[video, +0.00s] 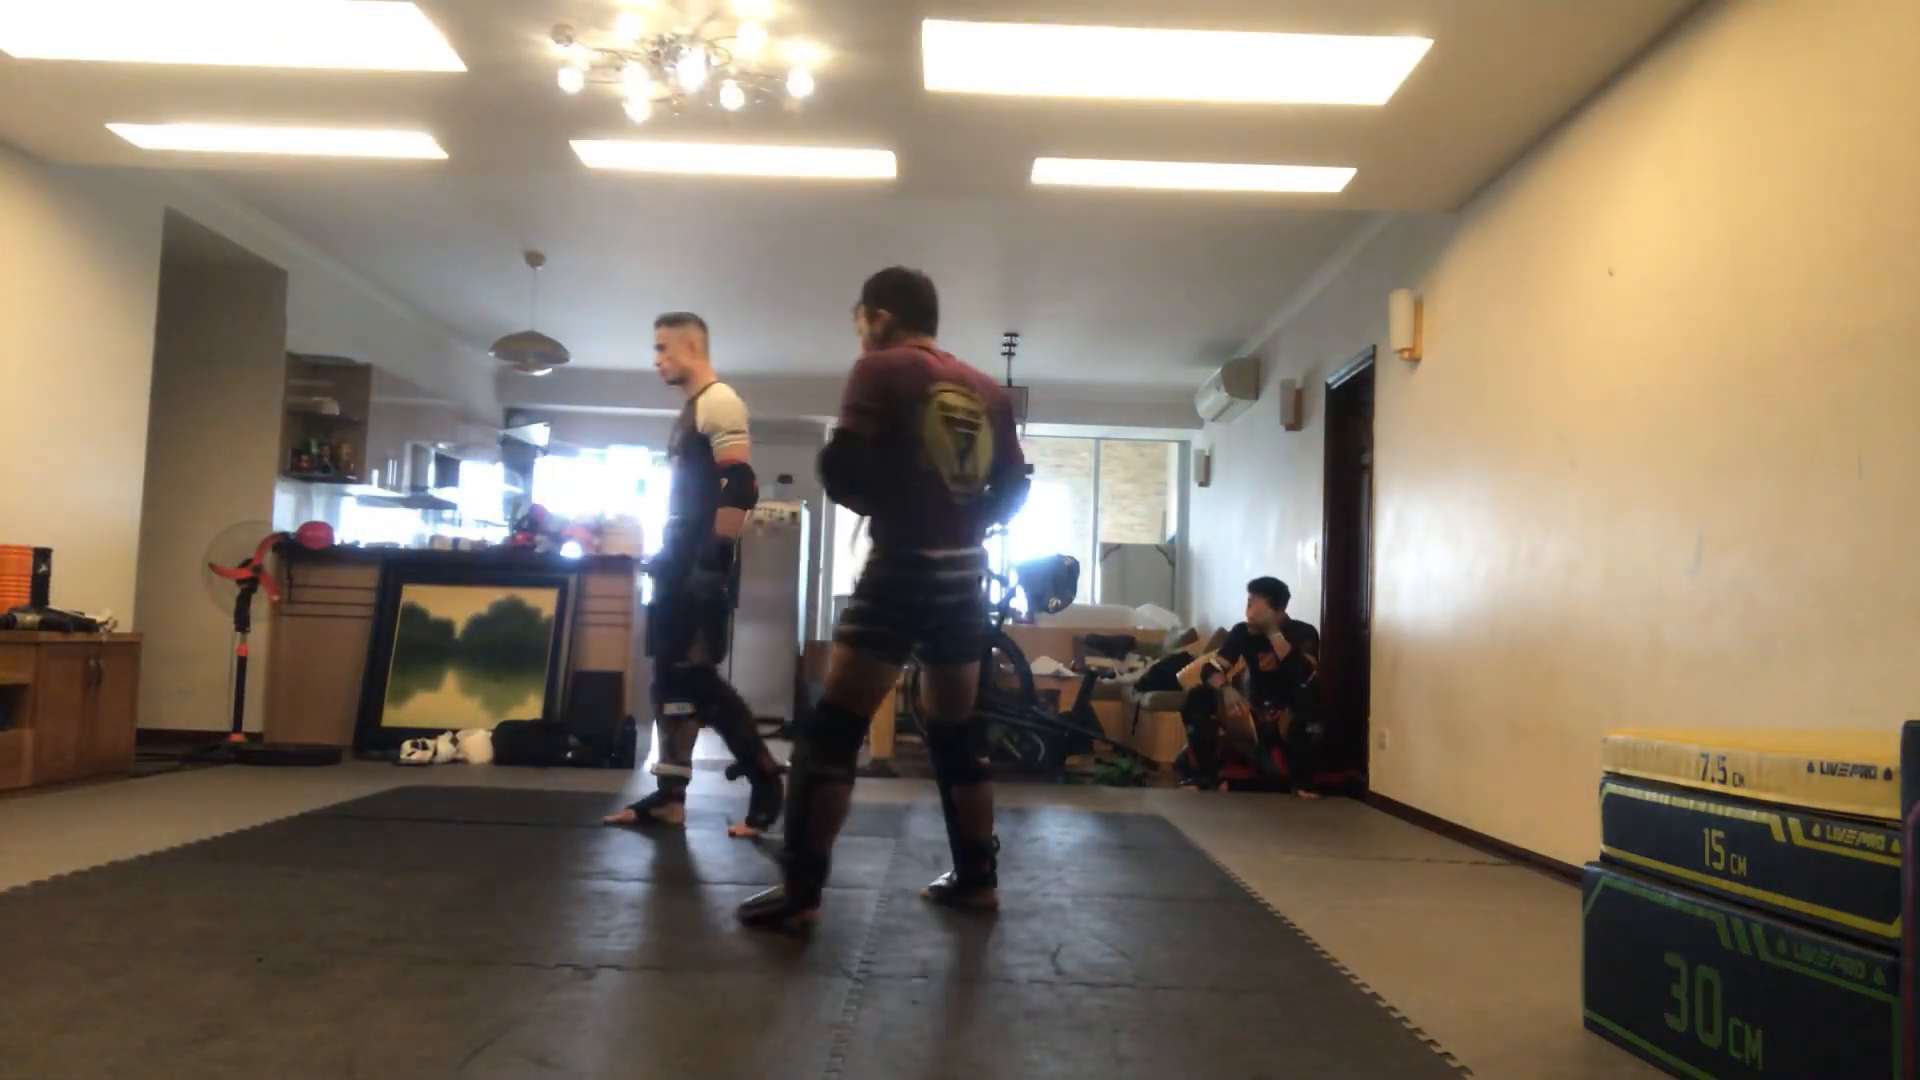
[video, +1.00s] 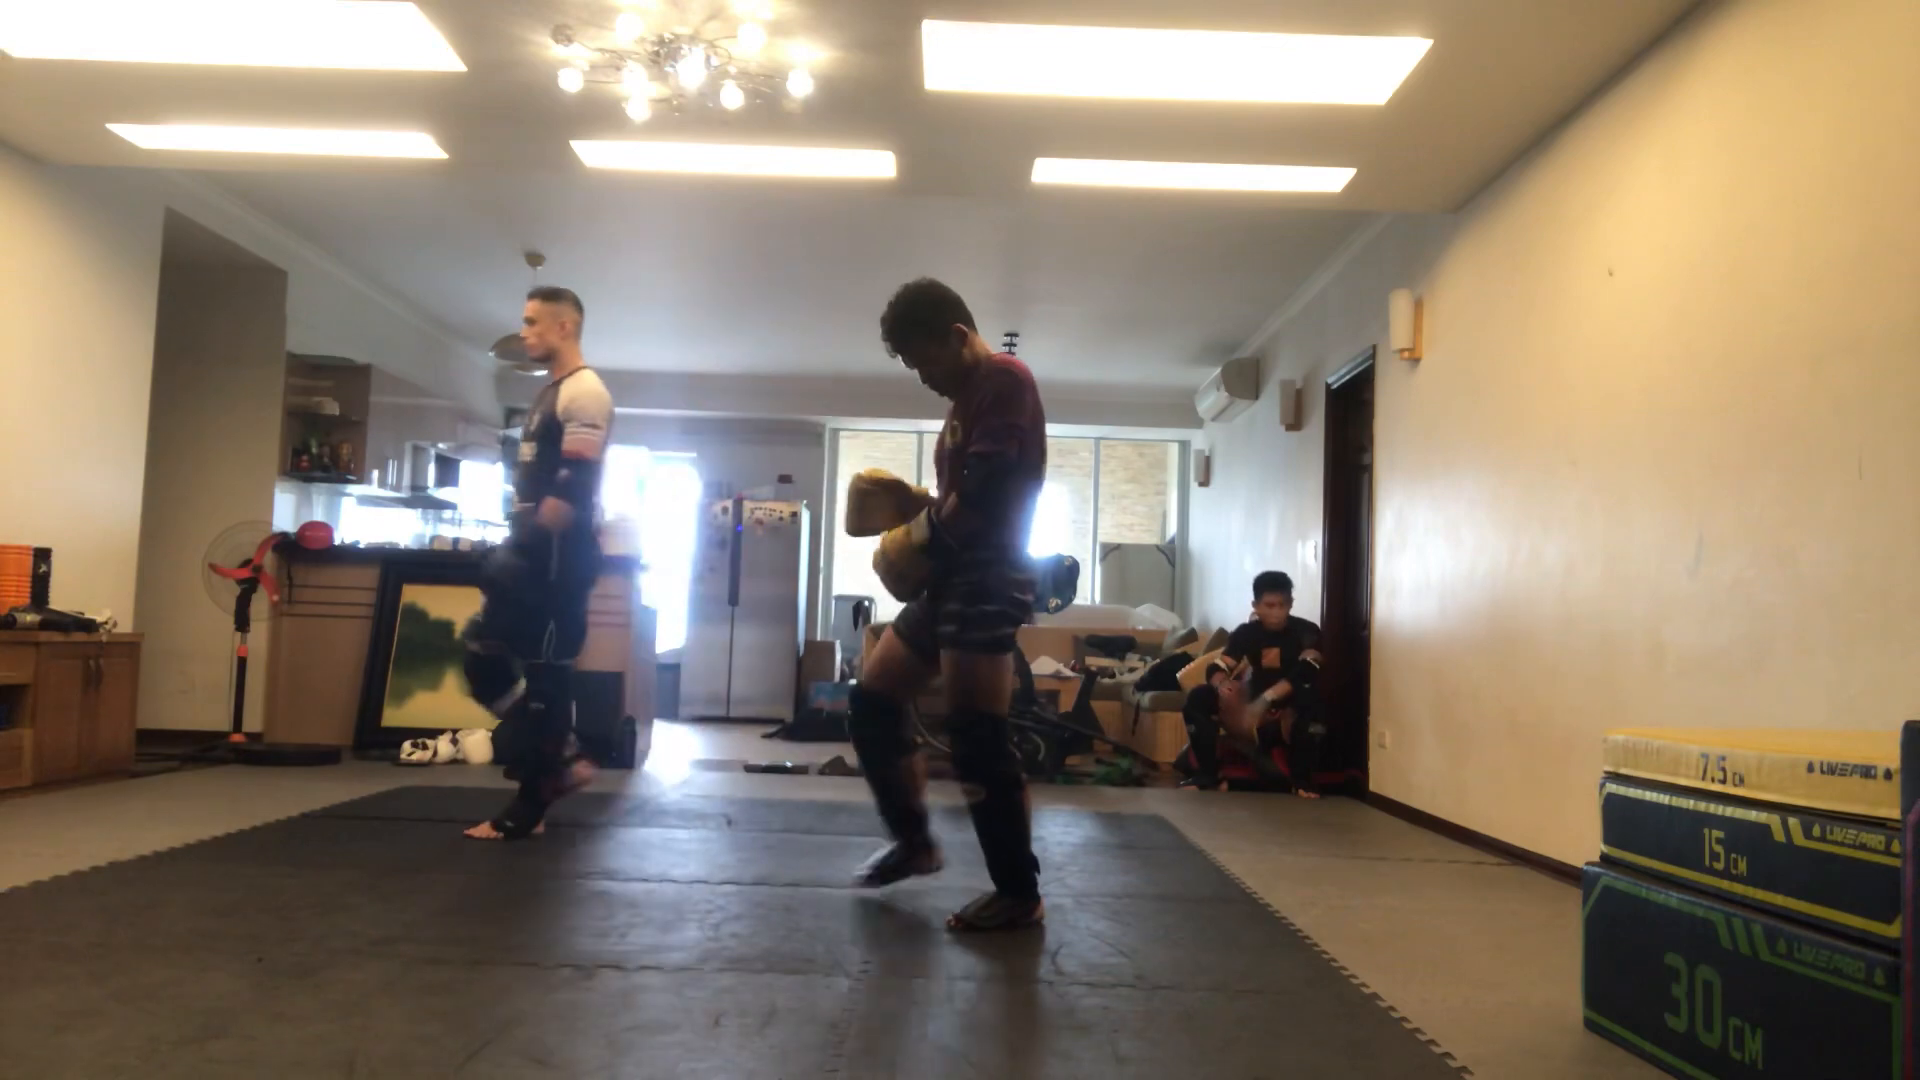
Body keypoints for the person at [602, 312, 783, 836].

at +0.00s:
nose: (658, 359)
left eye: (665, 349)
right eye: (657, 350)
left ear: (695, 349)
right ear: (683, 352)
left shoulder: (719, 402)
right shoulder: (693, 409)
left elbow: (738, 486)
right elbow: (691, 495)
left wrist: (714, 561)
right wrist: (670, 555)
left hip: (704, 563)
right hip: (680, 560)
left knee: (694, 674)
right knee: (673, 676)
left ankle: (766, 777)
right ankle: (669, 793)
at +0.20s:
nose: (631, 359)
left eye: (638, 348)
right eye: (630, 350)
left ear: (670, 347)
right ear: (649, 353)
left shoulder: (701, 402)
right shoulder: (662, 414)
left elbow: (733, 483)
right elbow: (657, 505)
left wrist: (716, 557)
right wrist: (631, 572)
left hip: (681, 557)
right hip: (657, 556)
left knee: (639, 670)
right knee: (658, 674)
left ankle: (696, 780)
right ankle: (669, 792)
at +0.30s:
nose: (618, 358)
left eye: (625, 347)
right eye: (617, 349)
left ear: (658, 346)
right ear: (638, 352)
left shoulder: (692, 403)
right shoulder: (649, 415)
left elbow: (721, 485)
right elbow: (649, 501)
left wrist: (704, 558)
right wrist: (617, 554)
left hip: (669, 557)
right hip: (647, 555)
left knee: (620, 669)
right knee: (655, 672)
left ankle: (654, 794)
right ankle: (662, 794)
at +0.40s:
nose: (604, 356)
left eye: (611, 345)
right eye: (602, 347)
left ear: (643, 345)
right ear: (621, 351)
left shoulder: (677, 403)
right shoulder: (628, 418)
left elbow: (707, 485)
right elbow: (621, 508)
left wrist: (689, 560)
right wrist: (589, 565)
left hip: (658, 558)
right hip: (629, 557)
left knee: (600, 671)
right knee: (651, 671)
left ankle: (579, 799)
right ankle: (668, 796)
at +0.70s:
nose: (561, 344)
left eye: (569, 334)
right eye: (560, 335)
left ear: (603, 336)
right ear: (585, 340)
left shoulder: (623, 397)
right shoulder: (586, 404)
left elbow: (643, 490)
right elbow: (581, 495)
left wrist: (621, 564)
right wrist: (552, 553)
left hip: (600, 561)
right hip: (579, 560)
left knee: (566, 679)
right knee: (604, 674)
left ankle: (530, 810)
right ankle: (659, 785)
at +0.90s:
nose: (534, 334)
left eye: (543, 325)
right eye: (535, 326)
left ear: (578, 329)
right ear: (564, 331)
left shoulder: (595, 391)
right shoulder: (563, 392)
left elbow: (594, 487)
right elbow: (549, 478)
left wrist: (555, 548)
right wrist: (525, 535)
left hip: (565, 550)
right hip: (541, 545)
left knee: (547, 678)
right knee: (519, 668)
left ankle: (527, 813)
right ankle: (609, 753)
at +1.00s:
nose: (523, 333)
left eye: (531, 323)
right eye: (523, 324)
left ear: (566, 326)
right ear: (555, 329)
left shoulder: (584, 391)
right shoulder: (553, 391)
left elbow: (570, 492)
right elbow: (541, 484)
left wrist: (520, 552)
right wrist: (517, 545)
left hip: (559, 556)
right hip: (535, 553)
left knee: (547, 681)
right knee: (484, 662)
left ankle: (526, 813)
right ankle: (554, 759)